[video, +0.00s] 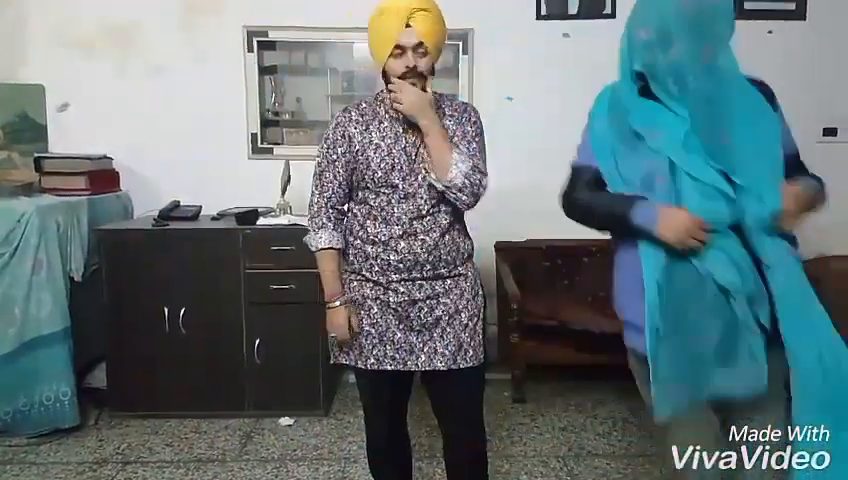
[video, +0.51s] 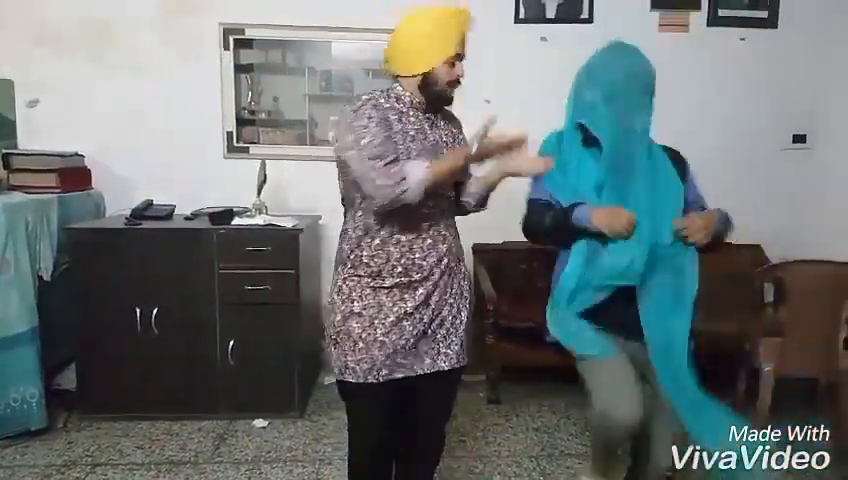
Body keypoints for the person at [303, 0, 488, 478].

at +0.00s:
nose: (411, 62)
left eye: (422, 51)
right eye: (399, 52)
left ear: (437, 56)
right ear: (381, 59)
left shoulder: (460, 117)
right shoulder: (350, 125)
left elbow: (467, 192)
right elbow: (325, 214)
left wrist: (428, 120)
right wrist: (333, 300)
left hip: (449, 294)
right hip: (375, 298)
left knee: (465, 433)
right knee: (384, 433)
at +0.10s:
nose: (428, 60)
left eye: (437, 48)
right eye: (415, 48)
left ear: (445, 53)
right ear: (388, 55)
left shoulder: (458, 119)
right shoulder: (349, 124)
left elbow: (480, 202)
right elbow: (320, 213)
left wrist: (447, 131)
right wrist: (346, 290)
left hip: (448, 301)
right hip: (375, 304)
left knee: (461, 442)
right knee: (382, 441)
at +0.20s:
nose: (439, 58)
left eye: (442, 48)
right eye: (426, 47)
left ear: (446, 54)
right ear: (394, 54)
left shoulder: (454, 121)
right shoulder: (347, 123)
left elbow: (486, 208)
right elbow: (318, 208)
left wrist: (473, 147)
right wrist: (367, 265)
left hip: (448, 299)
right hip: (373, 303)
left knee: (455, 440)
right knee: (379, 439)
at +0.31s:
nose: (444, 59)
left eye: (446, 49)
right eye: (433, 48)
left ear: (445, 54)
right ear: (399, 53)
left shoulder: (454, 121)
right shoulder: (351, 118)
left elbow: (477, 206)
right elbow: (327, 205)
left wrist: (494, 164)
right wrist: (405, 230)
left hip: (446, 300)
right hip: (372, 303)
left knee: (444, 437)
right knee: (375, 434)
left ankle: (432, 473)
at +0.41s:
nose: (452, 62)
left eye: (452, 51)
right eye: (441, 51)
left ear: (449, 57)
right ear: (407, 56)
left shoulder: (451, 122)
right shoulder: (357, 118)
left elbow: (470, 201)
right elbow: (361, 204)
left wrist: (516, 169)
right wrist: (447, 187)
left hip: (442, 300)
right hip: (372, 301)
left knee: (431, 439)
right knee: (373, 436)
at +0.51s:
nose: (460, 73)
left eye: (460, 62)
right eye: (452, 63)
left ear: (434, 65)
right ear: (418, 63)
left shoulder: (447, 124)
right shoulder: (367, 119)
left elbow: (457, 199)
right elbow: (385, 190)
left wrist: (499, 167)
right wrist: (470, 153)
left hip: (441, 311)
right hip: (375, 312)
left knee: (423, 453)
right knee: (374, 454)